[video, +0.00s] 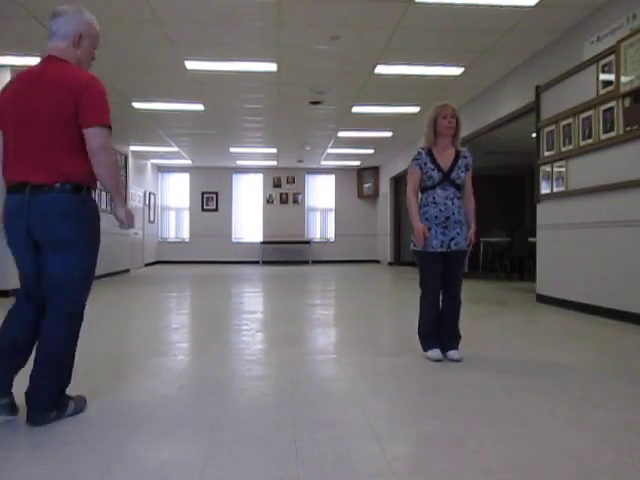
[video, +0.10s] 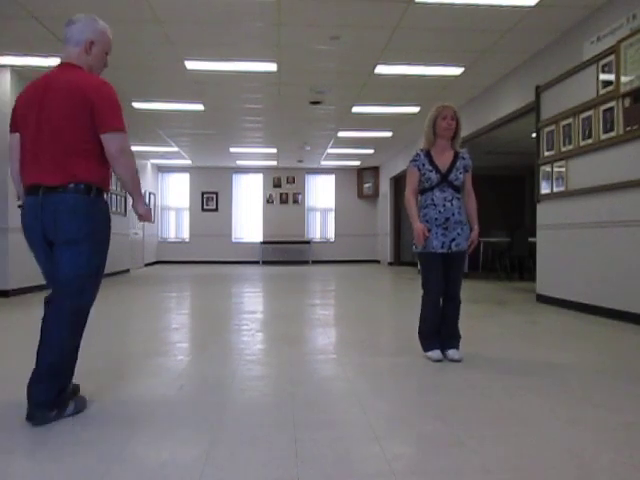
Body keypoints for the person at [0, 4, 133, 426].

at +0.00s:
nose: (93, 57)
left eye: (95, 49)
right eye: (93, 48)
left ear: (53, 41)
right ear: (79, 40)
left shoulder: (13, 86)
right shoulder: (83, 84)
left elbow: (5, 146)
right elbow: (99, 148)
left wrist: (17, 192)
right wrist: (120, 200)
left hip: (16, 204)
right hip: (66, 205)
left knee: (30, 296)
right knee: (65, 305)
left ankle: (1, 385)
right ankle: (45, 403)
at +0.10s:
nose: (106, 61)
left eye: (107, 53)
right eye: (105, 52)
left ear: (69, 47)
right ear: (90, 47)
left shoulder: (29, 92)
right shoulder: (96, 89)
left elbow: (16, 155)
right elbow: (118, 152)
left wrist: (26, 198)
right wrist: (137, 196)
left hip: (35, 207)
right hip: (80, 206)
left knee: (63, 295)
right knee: (72, 299)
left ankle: (54, 389)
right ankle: (44, 402)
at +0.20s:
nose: (118, 70)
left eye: (120, 62)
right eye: (116, 61)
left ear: (81, 56)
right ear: (99, 56)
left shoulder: (45, 99)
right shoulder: (107, 97)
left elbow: (30, 154)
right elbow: (131, 154)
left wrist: (33, 203)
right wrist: (152, 197)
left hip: (51, 210)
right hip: (94, 209)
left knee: (83, 294)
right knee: (80, 302)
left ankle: (103, 367)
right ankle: (46, 400)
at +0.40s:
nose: (141, 85)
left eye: (142, 78)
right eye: (140, 77)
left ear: (108, 71)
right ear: (123, 70)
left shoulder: (74, 112)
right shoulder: (131, 109)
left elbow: (63, 165)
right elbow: (150, 162)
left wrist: (67, 209)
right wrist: (169, 206)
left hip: (84, 214)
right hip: (122, 212)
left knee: (114, 293)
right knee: (115, 298)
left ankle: (125, 367)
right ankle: (65, 372)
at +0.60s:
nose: (161, 94)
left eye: (162, 87)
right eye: (160, 86)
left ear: (131, 80)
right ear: (143, 79)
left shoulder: (105, 117)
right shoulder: (149, 116)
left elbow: (106, 168)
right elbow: (162, 165)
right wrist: (177, 213)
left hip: (111, 213)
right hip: (145, 212)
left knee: (128, 286)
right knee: (165, 285)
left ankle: (125, 366)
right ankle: (123, 352)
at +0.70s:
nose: (171, 96)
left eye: (172, 89)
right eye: (169, 88)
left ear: (143, 83)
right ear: (153, 82)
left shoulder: (119, 118)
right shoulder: (157, 117)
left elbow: (118, 169)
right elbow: (165, 166)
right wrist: (183, 211)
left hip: (122, 213)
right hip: (154, 213)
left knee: (135, 285)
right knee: (181, 282)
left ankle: (125, 367)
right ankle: (160, 354)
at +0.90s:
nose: (197, 97)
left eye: (197, 90)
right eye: (194, 90)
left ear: (170, 90)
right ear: (177, 88)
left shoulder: (147, 123)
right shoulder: (179, 121)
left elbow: (147, 172)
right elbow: (183, 168)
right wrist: (198, 213)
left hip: (145, 215)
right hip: (175, 214)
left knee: (148, 289)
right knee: (202, 285)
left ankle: (128, 363)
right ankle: (218, 346)